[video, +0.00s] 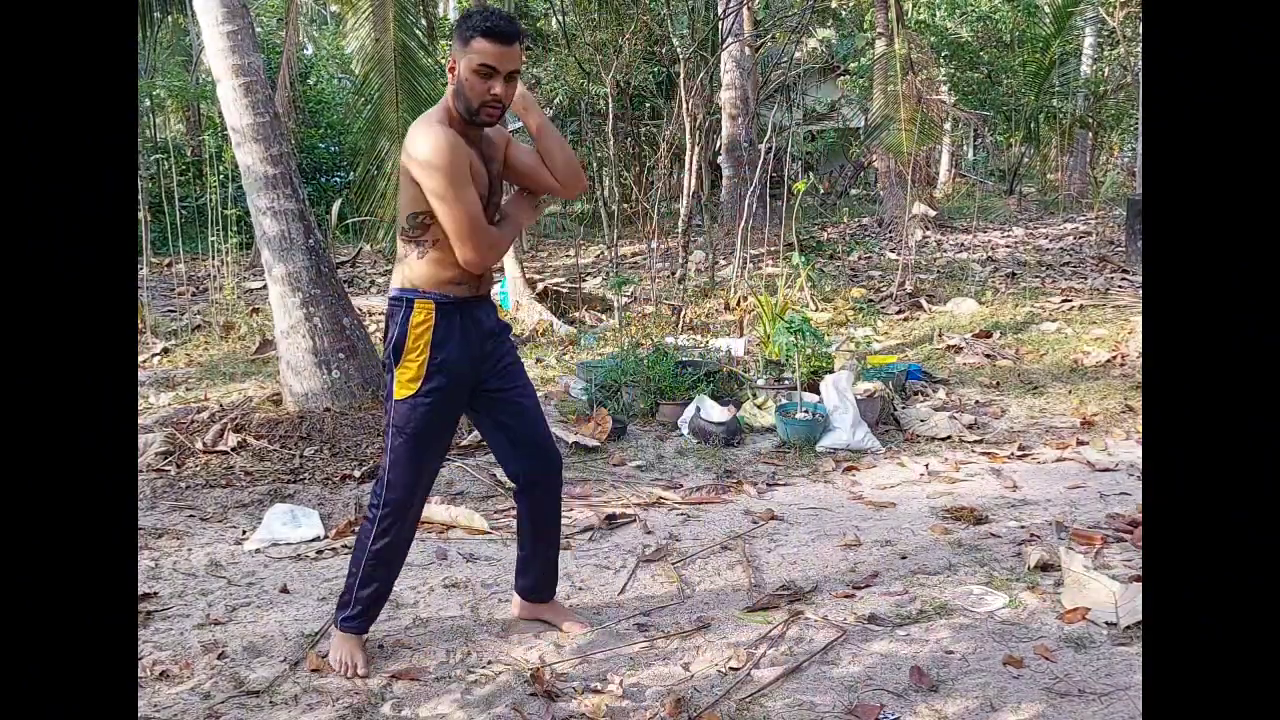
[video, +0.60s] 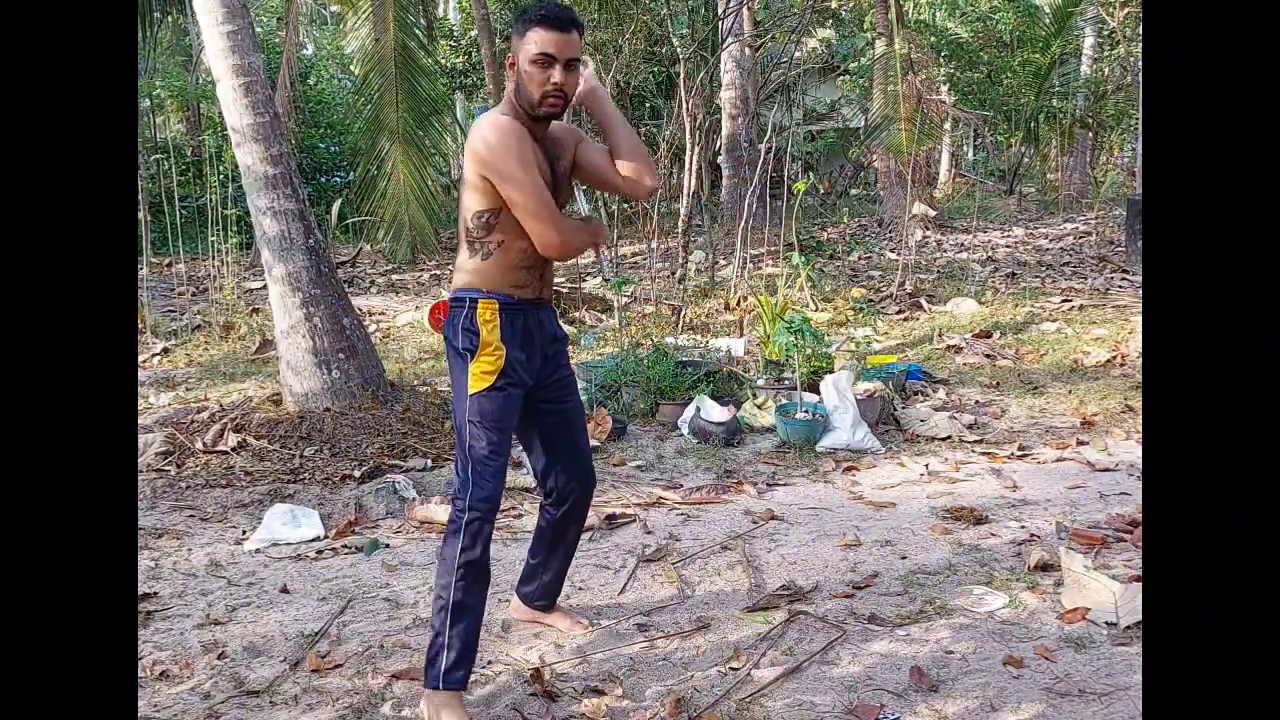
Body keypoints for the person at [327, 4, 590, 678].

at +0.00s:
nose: (500, 90)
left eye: (510, 76)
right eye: (485, 72)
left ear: (515, 79)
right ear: (452, 66)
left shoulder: (489, 137)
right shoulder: (435, 141)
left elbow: (568, 182)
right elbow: (478, 256)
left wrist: (522, 96)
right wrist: (524, 208)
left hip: (480, 319)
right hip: (428, 323)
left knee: (539, 461)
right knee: (403, 488)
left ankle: (535, 600)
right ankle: (349, 629)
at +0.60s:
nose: (558, 78)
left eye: (570, 66)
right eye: (543, 63)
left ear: (578, 72)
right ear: (512, 63)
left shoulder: (560, 135)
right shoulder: (498, 131)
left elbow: (642, 178)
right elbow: (556, 240)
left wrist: (595, 95)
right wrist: (601, 229)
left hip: (539, 325)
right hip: (484, 324)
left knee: (571, 480)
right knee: (476, 503)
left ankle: (535, 599)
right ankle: (442, 686)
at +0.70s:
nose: (549, 82)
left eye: (561, 68)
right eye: (533, 67)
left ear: (572, 72)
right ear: (502, 69)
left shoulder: (565, 152)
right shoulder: (482, 131)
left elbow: (627, 230)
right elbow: (519, 213)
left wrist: (603, 139)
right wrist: (622, 240)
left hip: (541, 333)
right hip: (485, 333)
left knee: (576, 488)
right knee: (493, 516)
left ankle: (535, 597)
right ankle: (467, 700)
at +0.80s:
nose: (542, 78)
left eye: (553, 65)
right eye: (527, 64)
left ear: (564, 70)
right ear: (494, 67)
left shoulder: (573, 158)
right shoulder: (459, 137)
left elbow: (612, 267)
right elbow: (440, 224)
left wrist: (569, 225)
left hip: (545, 337)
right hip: (486, 337)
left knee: (583, 495)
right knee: (507, 519)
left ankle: (540, 594)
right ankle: (473, 702)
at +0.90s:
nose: (528, 73)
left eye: (539, 58)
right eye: (510, 59)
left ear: (551, 64)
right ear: (477, 65)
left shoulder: (573, 149)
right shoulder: (449, 142)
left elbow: (595, 260)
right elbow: (418, 213)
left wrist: (502, 268)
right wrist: (437, 94)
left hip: (550, 341)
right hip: (483, 343)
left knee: (576, 494)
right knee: (493, 520)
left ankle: (536, 592)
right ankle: (469, 701)